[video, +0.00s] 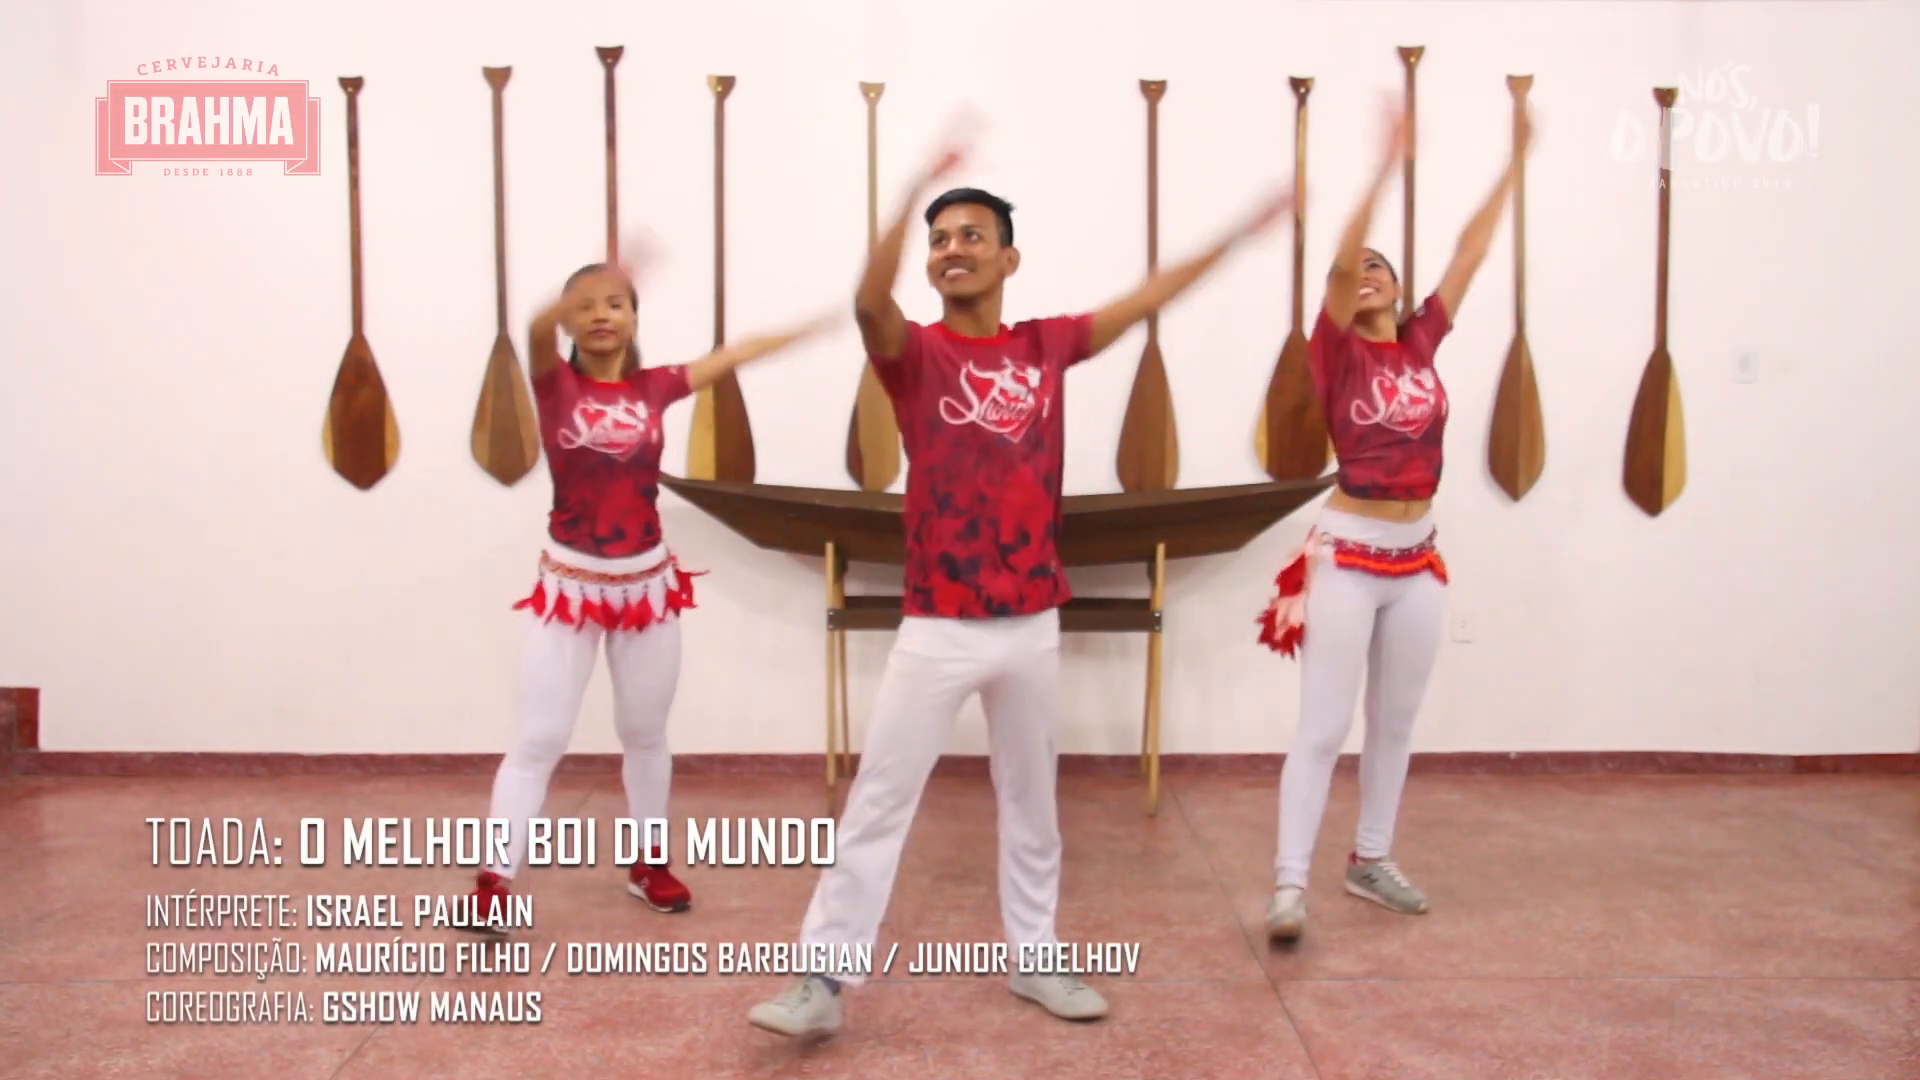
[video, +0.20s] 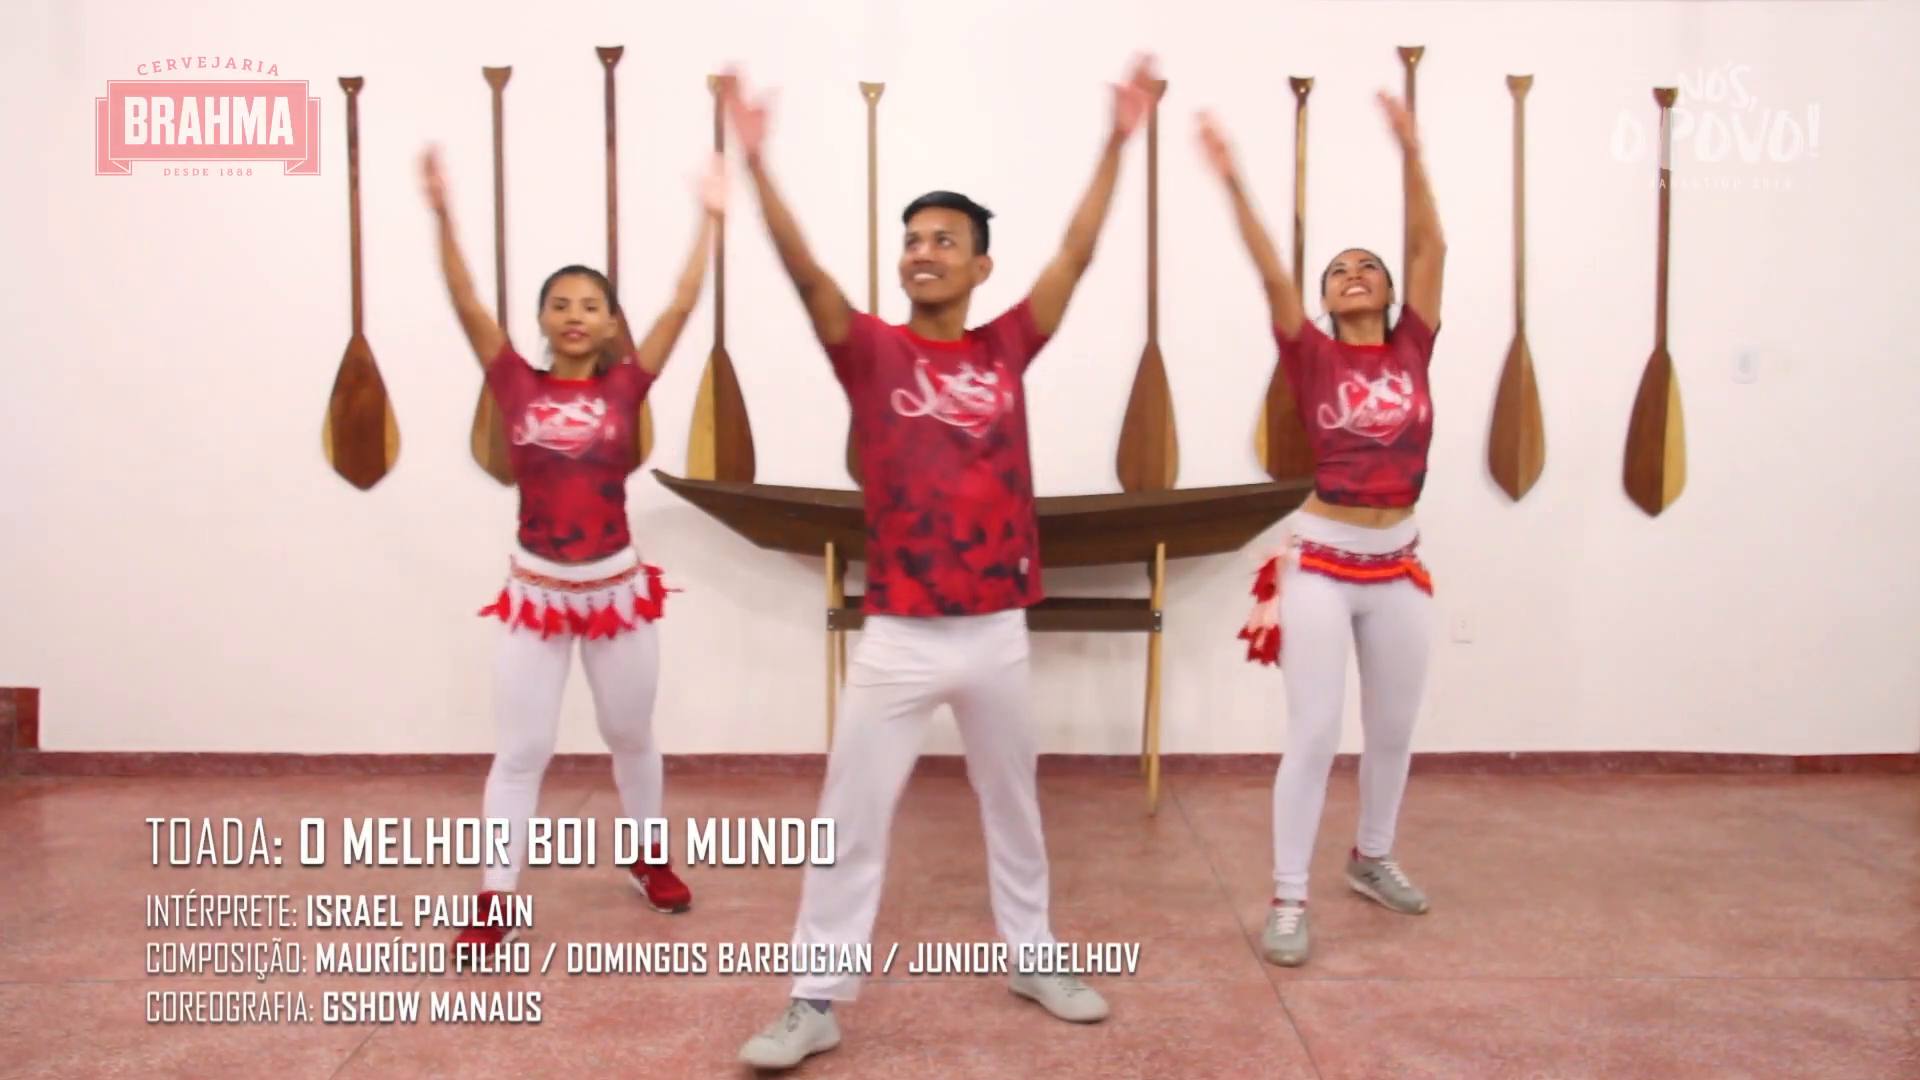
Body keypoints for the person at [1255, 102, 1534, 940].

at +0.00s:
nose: (1373, 275)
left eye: (1380, 269)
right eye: (1359, 271)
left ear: (1397, 290)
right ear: (1338, 296)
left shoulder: (1418, 343)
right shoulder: (1332, 356)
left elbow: (1469, 249)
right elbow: (1344, 262)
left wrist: (1515, 162)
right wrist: (1385, 170)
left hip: (1417, 562)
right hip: (1344, 559)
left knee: (1395, 726)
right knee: (1322, 731)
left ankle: (1372, 860)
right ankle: (1289, 887)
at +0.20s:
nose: (1356, 279)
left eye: (1367, 272)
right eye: (1343, 274)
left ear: (1390, 292)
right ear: (1326, 297)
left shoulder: (1410, 348)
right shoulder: (1309, 353)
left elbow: (1427, 250)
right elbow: (1271, 267)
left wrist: (1410, 150)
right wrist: (1231, 182)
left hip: (1397, 569)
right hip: (1318, 567)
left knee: (1394, 732)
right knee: (1314, 736)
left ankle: (1375, 857)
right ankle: (1289, 902)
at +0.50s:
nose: (1337, 279)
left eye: (1350, 274)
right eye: (1324, 275)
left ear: (1373, 301)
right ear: (1307, 300)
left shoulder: (1396, 364)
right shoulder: (1281, 368)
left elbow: (1424, 270)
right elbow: (1190, 329)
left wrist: (1321, 247)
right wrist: (1088, 280)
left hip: (1367, 577)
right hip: (1281, 573)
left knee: (1380, 753)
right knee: (1286, 747)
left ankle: (1369, 845)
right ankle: (1286, 904)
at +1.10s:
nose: (1355, 269)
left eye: (1370, 262)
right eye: (1348, 262)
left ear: (1395, 286)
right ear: (1333, 282)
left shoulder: (1394, 351)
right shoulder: (1311, 331)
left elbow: (1389, 248)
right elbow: (1251, 242)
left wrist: (1325, 153)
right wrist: (1195, 156)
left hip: (1383, 566)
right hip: (1298, 568)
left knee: (1424, 761)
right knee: (1306, 755)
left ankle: (1464, 945)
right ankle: (1312, 910)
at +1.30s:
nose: (1393, 260)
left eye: (1412, 257)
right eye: (1381, 253)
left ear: (1429, 288)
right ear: (1358, 280)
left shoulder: (1422, 353)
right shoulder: (1343, 339)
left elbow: (1442, 246)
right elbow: (1315, 233)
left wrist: (1470, 130)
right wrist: (1303, 117)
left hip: (1422, 583)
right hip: (1339, 584)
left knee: (1452, 781)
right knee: (1333, 762)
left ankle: (1485, 964)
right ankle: (1313, 911)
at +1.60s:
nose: (1447, 270)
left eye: (1465, 262)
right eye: (1434, 258)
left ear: (1486, 291)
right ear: (1408, 282)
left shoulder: (1493, 360)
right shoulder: (1384, 349)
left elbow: (1559, 274)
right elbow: (1360, 238)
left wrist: (1645, 183)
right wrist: (1426, 168)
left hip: (1492, 581)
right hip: (1402, 591)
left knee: (1487, 788)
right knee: (1347, 775)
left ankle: (1483, 969)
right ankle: (1330, 907)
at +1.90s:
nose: (1462, 283)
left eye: (1483, 269)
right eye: (1450, 266)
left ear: (1508, 283)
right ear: (1426, 275)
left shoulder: (1520, 355)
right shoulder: (1396, 344)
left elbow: (1633, 325)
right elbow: (1390, 227)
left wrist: (1757, 297)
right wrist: (1519, 246)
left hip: (1511, 592)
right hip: (1415, 591)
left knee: (1500, 789)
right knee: (1424, 789)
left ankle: (1477, 967)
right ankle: (1367, 912)